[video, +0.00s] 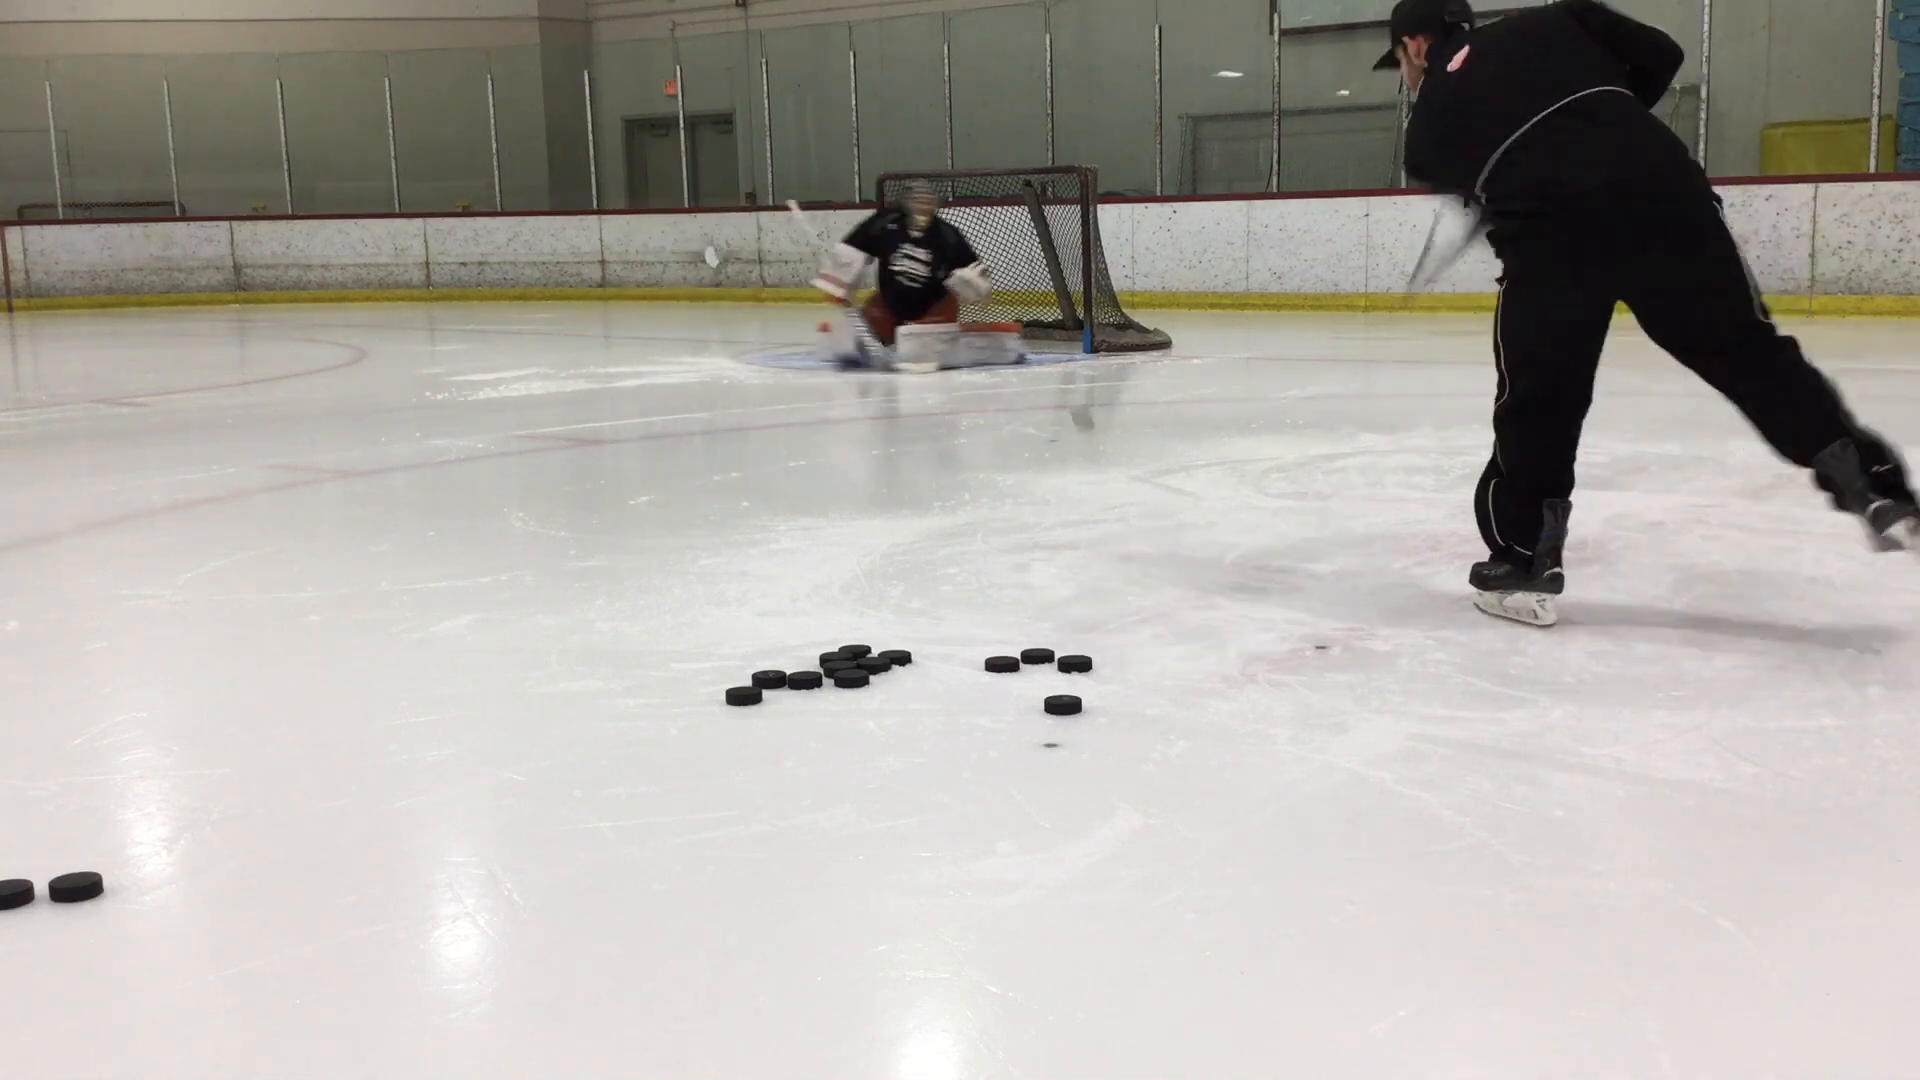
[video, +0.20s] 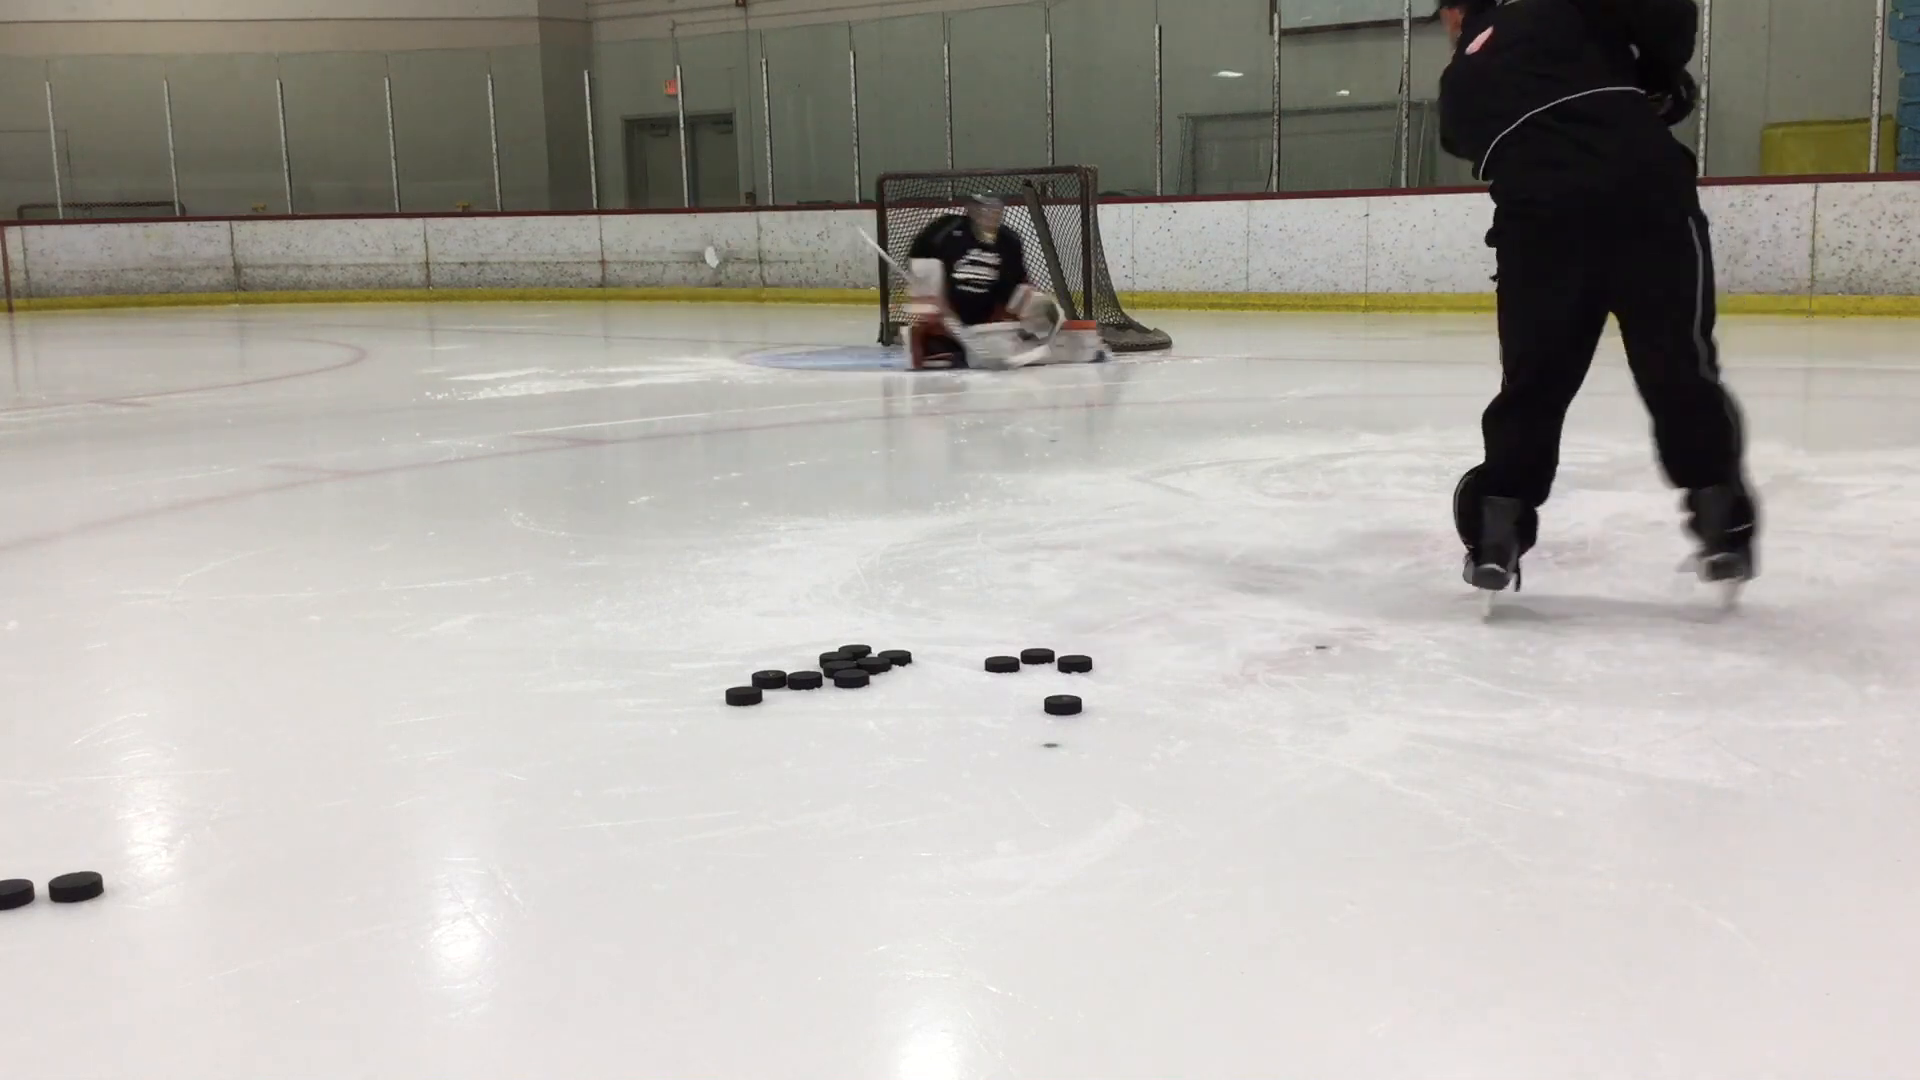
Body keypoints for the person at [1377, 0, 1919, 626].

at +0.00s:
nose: (1401, 77)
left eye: (1400, 62)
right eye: (1399, 64)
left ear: (1418, 48)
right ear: (1465, 27)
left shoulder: (1427, 127)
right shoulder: (1558, 20)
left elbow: (1453, 180)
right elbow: (1658, 54)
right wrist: (1603, 124)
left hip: (1554, 240)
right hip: (1665, 201)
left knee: (1540, 396)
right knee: (1742, 344)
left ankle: (1527, 557)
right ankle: (1865, 476)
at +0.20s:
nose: (1444, 22)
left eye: (1445, 14)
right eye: (1444, 13)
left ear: (1461, 16)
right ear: (1507, 4)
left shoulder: (1458, 78)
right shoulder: (1567, 8)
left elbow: (1461, 139)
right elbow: (1671, 12)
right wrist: (1663, 79)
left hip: (1542, 220)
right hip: (1651, 203)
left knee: (1532, 382)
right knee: (1678, 365)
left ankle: (1498, 528)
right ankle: (1721, 512)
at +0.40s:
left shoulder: (1509, 31)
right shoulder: (1658, 2)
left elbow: (1484, 108)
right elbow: (1729, 38)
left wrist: (1546, 147)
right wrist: (1697, 100)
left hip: (1543, 221)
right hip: (1648, 213)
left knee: (1546, 382)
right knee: (1671, 381)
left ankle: (1495, 534)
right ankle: (1709, 542)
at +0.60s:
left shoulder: (1542, 24)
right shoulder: (1697, 5)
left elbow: (1516, 108)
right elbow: (1778, 51)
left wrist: (1576, 161)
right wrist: (1748, 128)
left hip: (1568, 219)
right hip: (1674, 211)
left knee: (1569, 377)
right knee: (1696, 382)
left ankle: (1509, 528)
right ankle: (1726, 535)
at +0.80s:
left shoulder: (1577, 17)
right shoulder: (1758, 6)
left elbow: (1562, 134)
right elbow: (1837, 59)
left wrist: (1552, 238)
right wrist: (1788, 135)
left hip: (1615, 203)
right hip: (1728, 202)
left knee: (1585, 376)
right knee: (1722, 375)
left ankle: (1538, 527)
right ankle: (1744, 528)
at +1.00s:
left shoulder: (1632, 6)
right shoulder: (1801, 4)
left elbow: (1604, 89)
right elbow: (1855, 71)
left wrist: (1552, 191)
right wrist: (1787, 143)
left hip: (1667, 193)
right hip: (1768, 197)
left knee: (1623, 371)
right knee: (1737, 373)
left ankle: (1613, 541)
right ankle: (1767, 530)